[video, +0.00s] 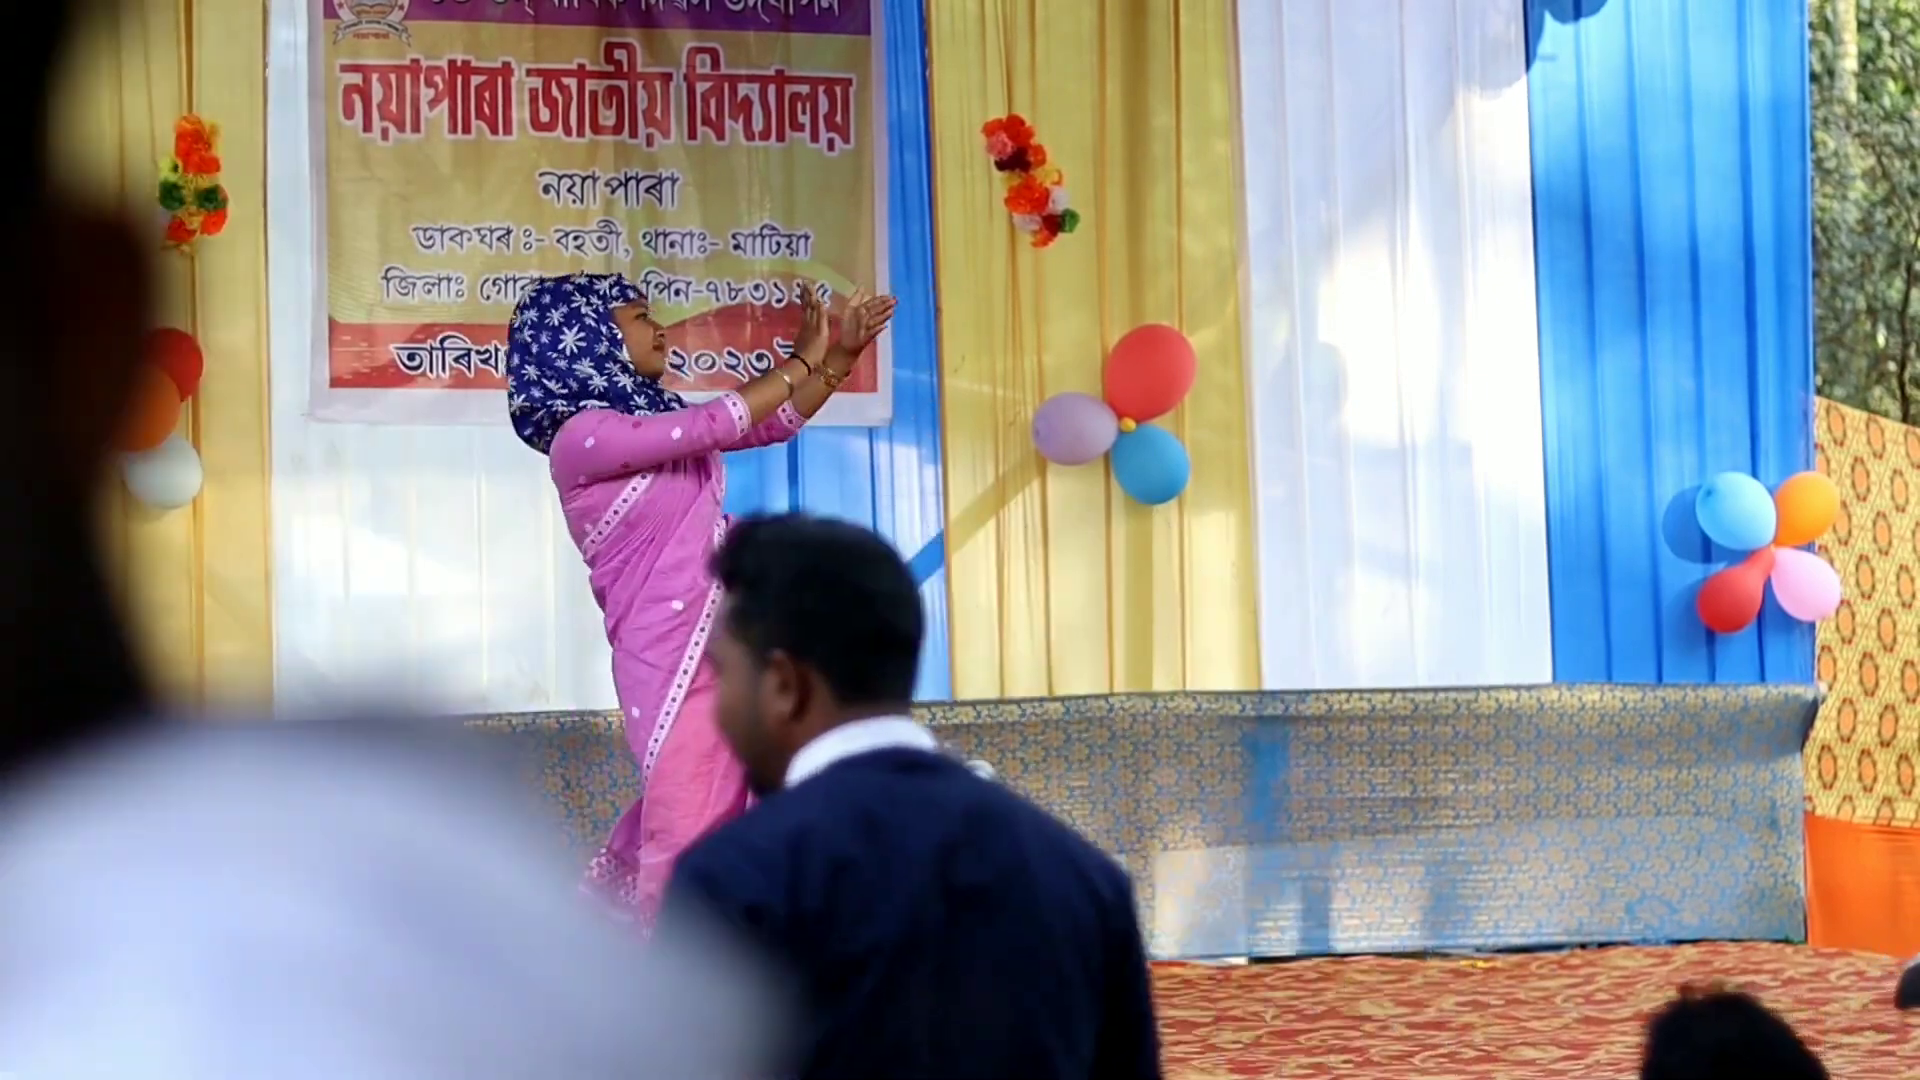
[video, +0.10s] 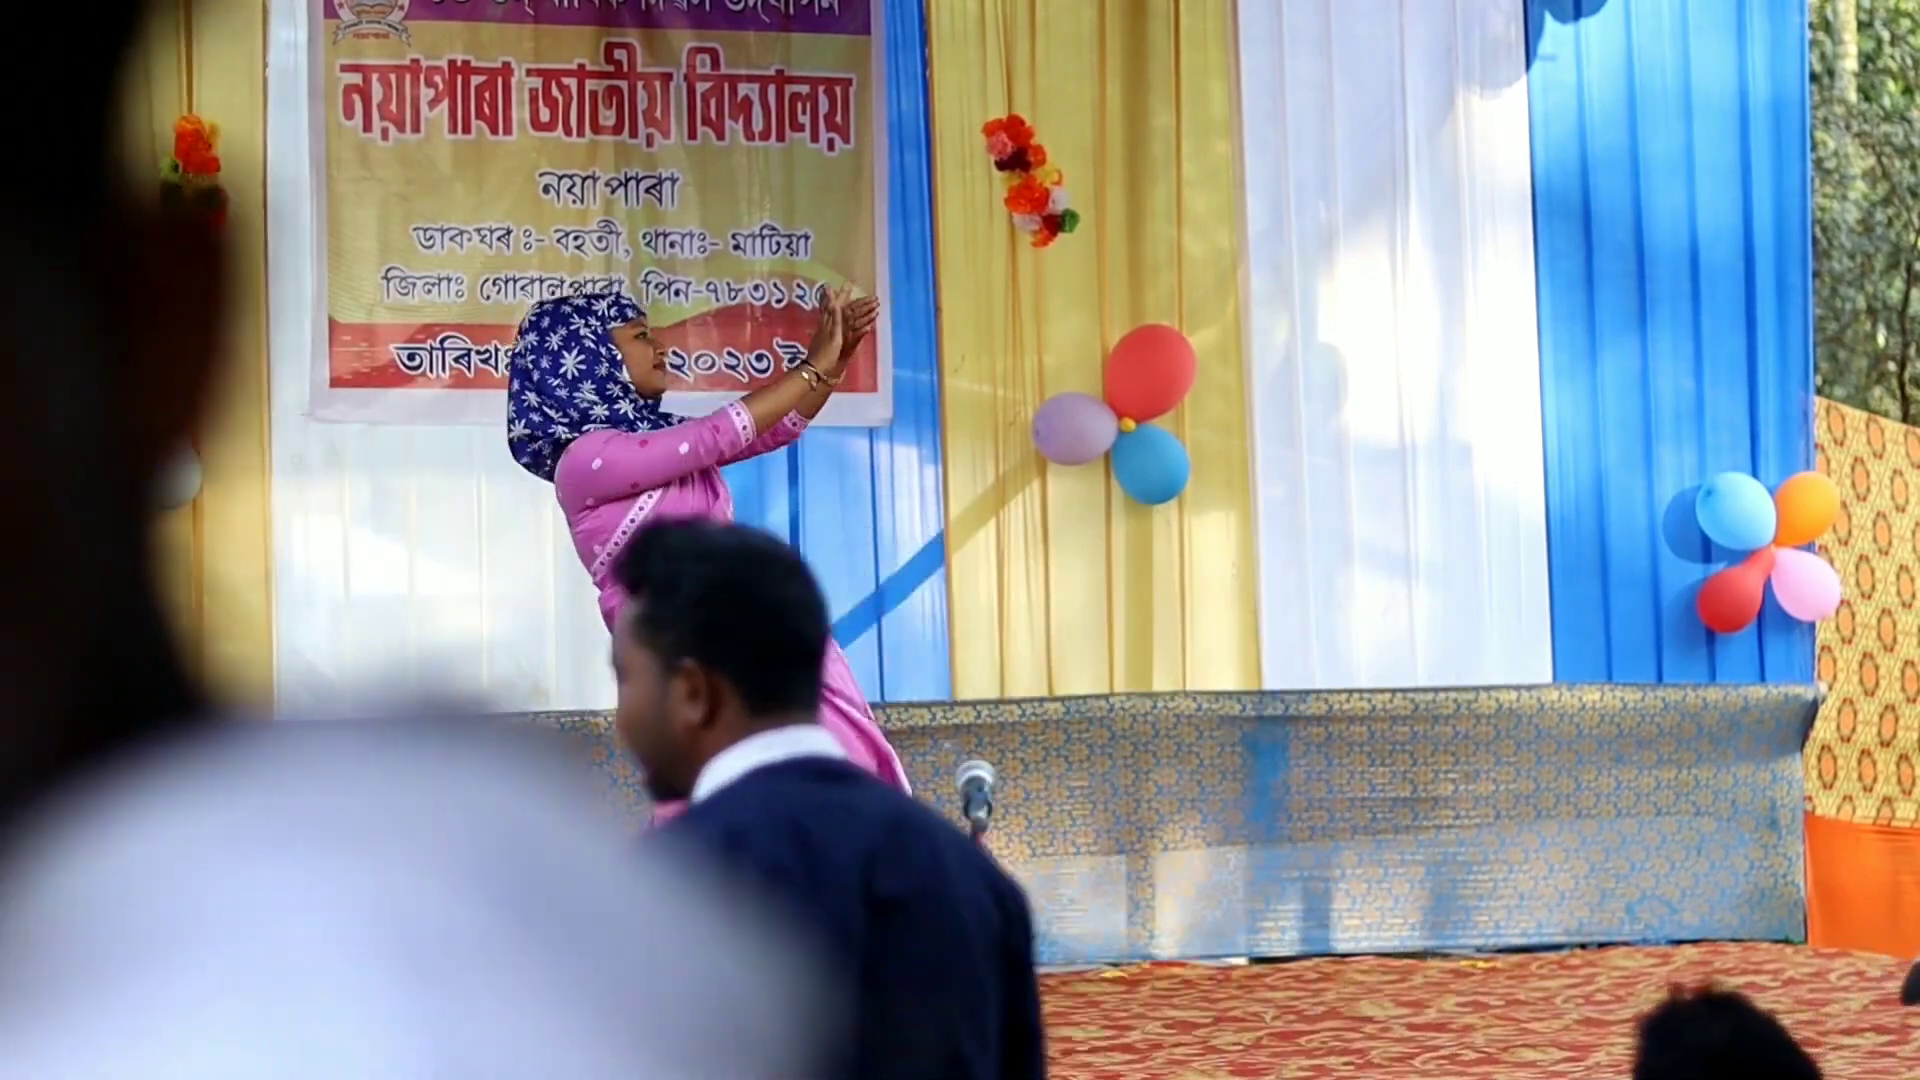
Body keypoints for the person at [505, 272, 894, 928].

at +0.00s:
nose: (660, 333)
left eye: (650, 318)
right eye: (640, 321)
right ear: (593, 342)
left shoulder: (658, 425)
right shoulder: (586, 437)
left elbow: (769, 425)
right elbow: (718, 421)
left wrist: (837, 359)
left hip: (725, 652)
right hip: (669, 666)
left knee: (729, 825)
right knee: (683, 833)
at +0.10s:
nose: (659, 348)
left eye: (651, 336)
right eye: (640, 337)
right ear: (589, 361)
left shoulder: (661, 441)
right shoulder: (588, 459)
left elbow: (773, 430)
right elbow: (718, 436)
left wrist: (837, 357)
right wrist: (816, 365)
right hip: (679, 654)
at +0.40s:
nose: (669, 359)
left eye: (660, 349)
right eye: (649, 352)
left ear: (632, 384)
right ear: (602, 383)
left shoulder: (684, 448)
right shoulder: (579, 487)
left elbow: (789, 434)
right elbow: (630, 572)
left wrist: (892, 376)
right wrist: (671, 469)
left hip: (708, 690)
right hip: (619, 709)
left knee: (832, 783)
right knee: (726, 837)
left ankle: (823, 1019)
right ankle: (702, 1034)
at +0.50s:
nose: (669, 351)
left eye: (662, 338)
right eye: (650, 340)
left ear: (628, 370)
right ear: (602, 368)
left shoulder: (681, 443)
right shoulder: (580, 470)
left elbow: (792, 438)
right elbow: (643, 543)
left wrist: (896, 385)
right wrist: (685, 446)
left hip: (709, 684)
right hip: (621, 703)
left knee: (825, 782)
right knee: (681, 877)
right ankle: (654, 1048)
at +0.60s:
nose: (671, 318)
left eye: (664, 305)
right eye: (653, 306)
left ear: (618, 329)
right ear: (606, 325)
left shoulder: (662, 412)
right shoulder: (584, 420)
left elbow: (779, 438)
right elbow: (686, 480)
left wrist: (879, 397)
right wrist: (750, 401)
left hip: (718, 648)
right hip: (640, 665)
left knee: (789, 817)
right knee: (661, 846)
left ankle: (829, 1021)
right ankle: (645, 1037)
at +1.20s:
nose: (691, 304)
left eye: (696, 290)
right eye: (667, 296)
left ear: (711, 303)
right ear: (631, 320)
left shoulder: (743, 410)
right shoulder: (609, 404)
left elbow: (825, 493)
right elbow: (521, 476)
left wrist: (924, 527)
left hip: (733, 653)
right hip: (632, 659)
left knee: (763, 831)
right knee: (643, 852)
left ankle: (759, 1040)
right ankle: (648, 1042)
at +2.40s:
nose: (766, 370)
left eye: (788, 362)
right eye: (757, 362)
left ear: (824, 390)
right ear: (742, 384)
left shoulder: (827, 461)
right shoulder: (693, 453)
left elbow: (853, 532)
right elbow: (592, 471)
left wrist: (840, 435)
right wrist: (596, 419)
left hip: (792, 687)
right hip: (690, 689)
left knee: (792, 847)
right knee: (644, 770)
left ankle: (775, 1030)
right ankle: (643, 993)